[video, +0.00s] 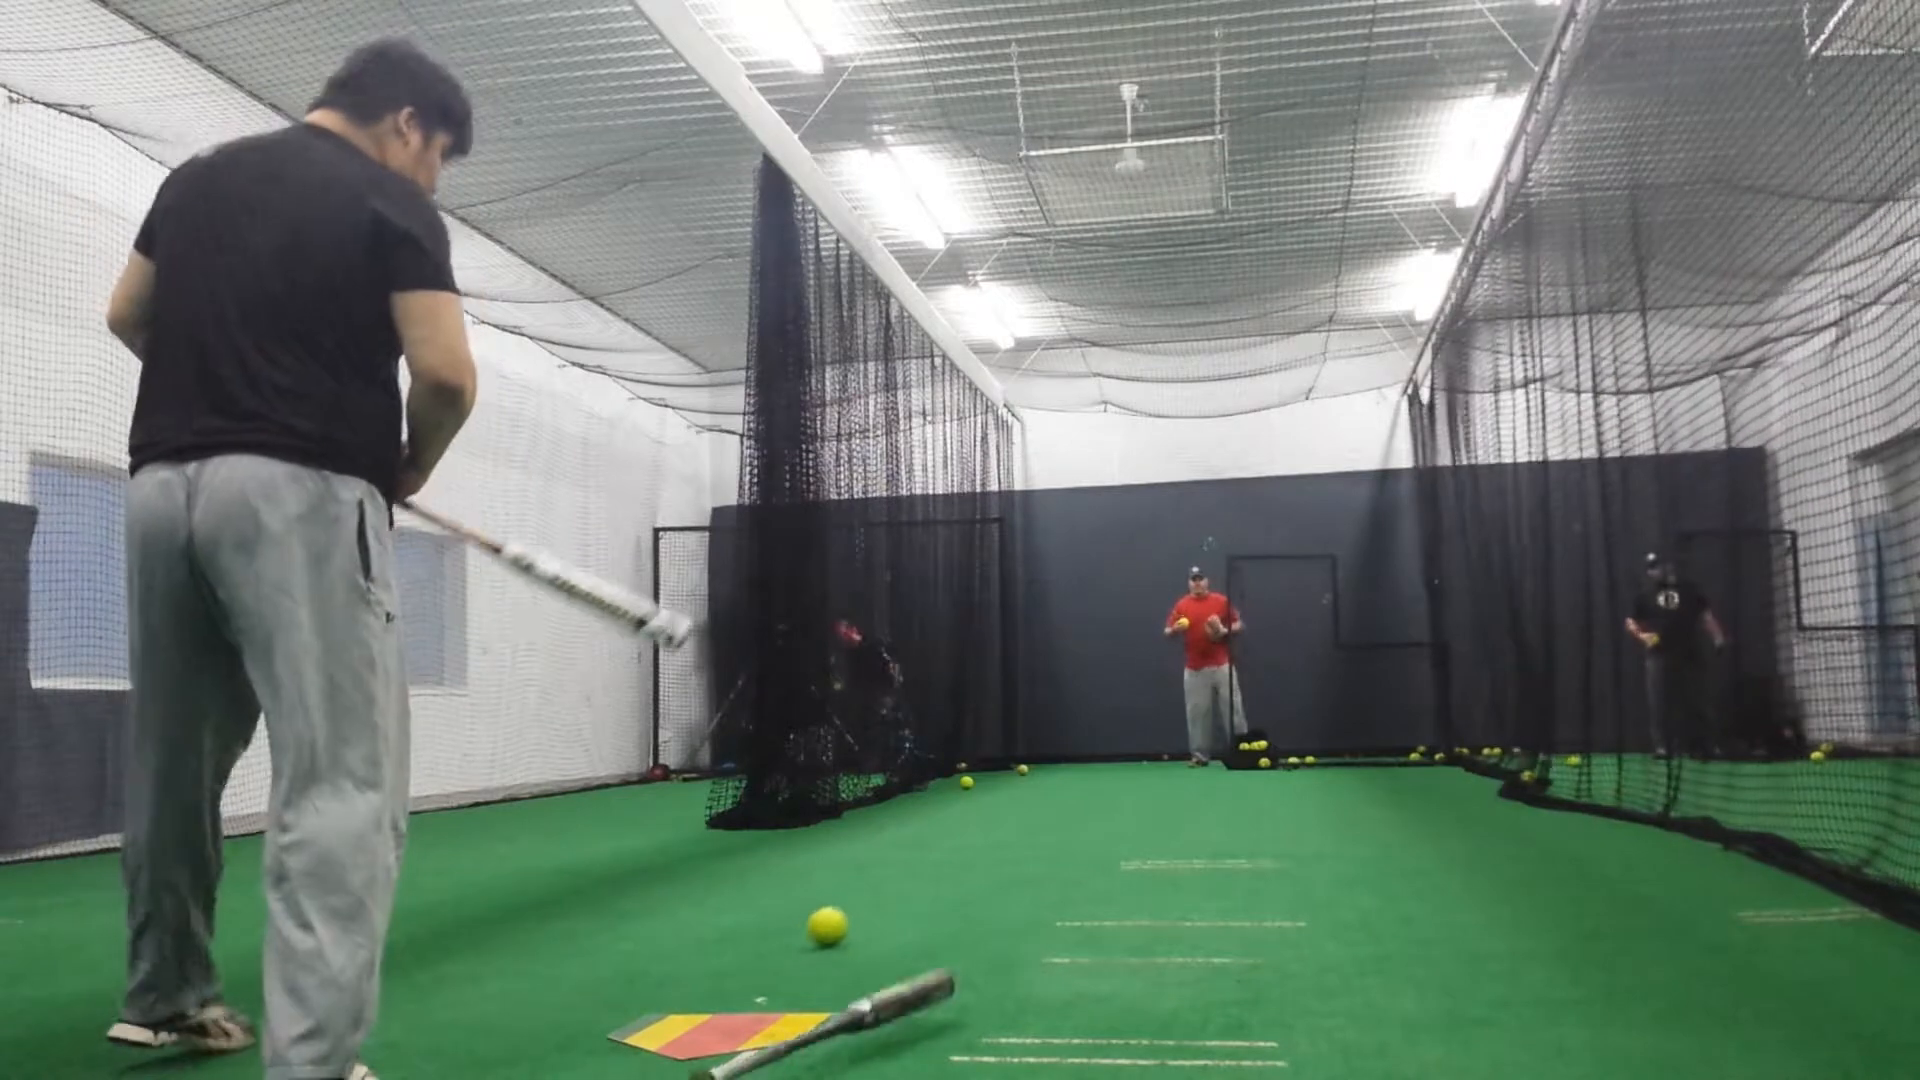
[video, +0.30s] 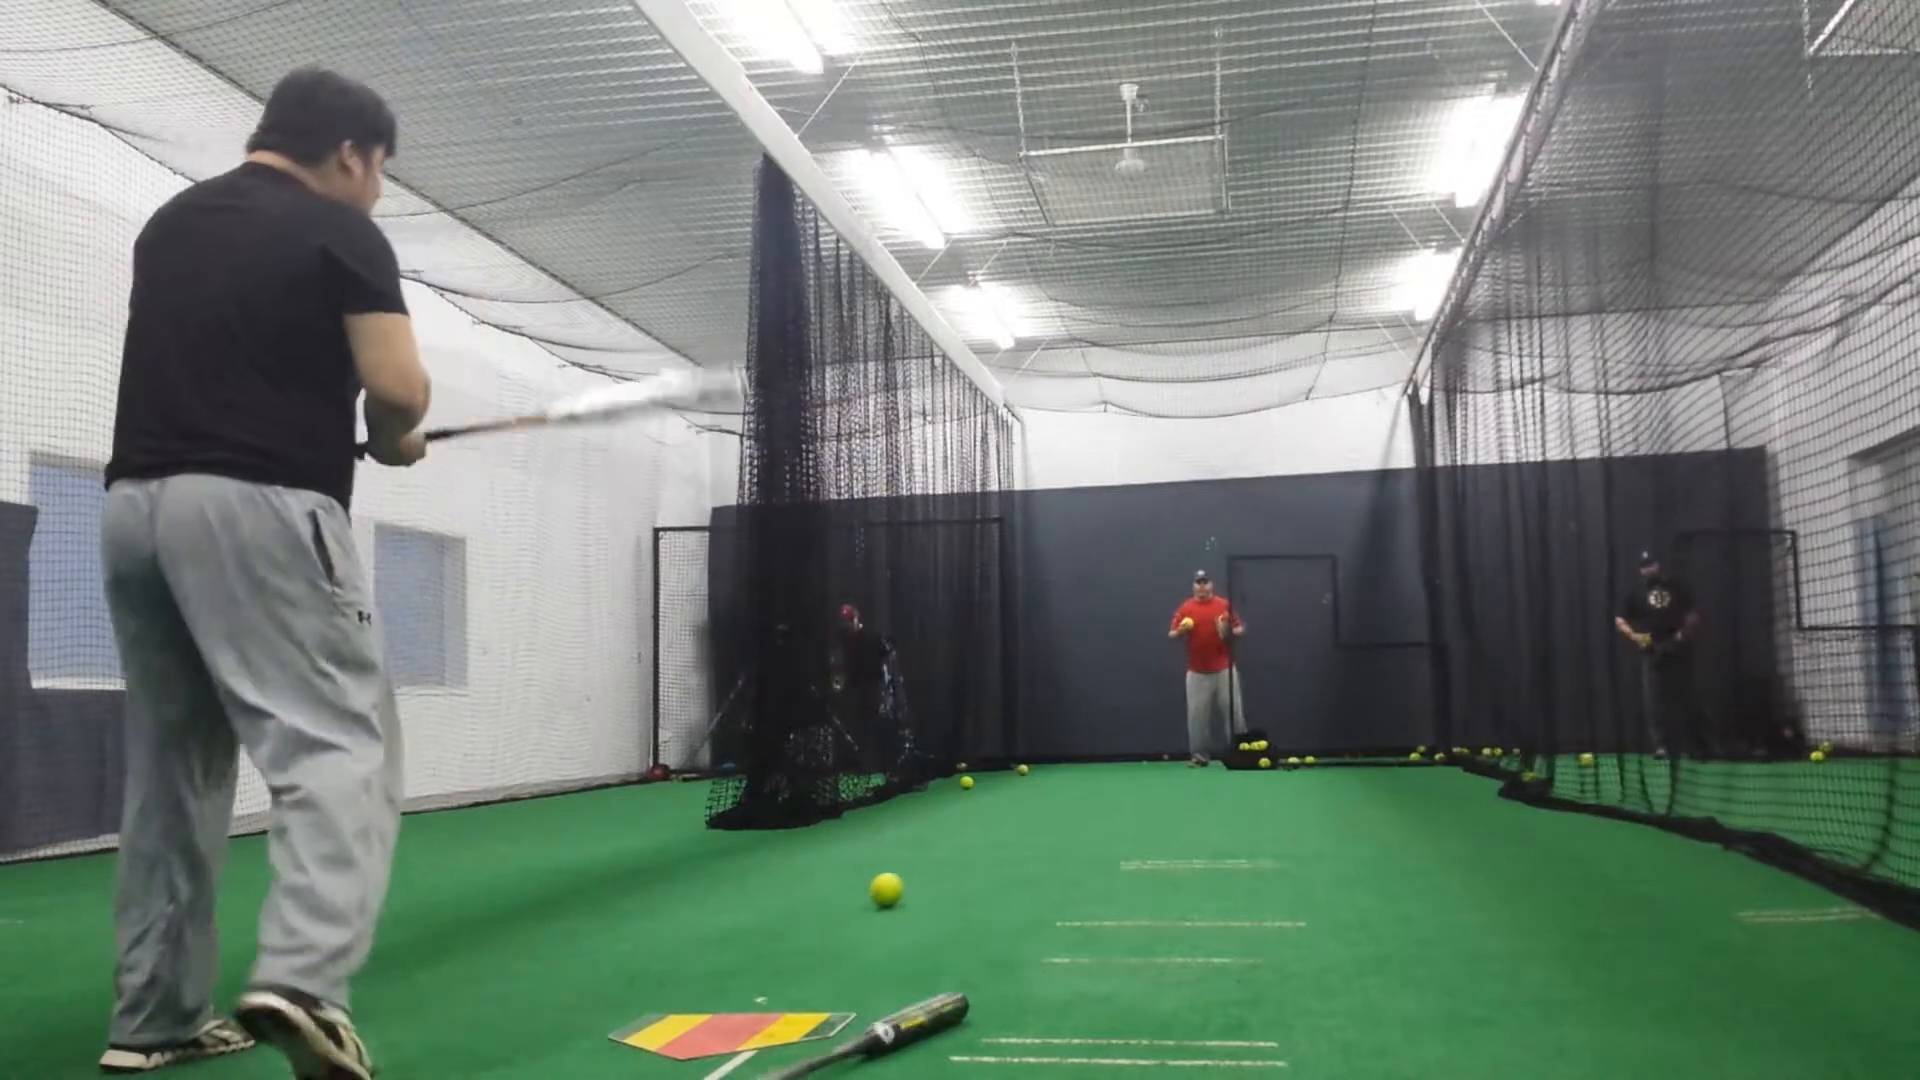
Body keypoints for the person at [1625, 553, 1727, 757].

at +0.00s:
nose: (1659, 573)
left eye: (1662, 567)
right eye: (1654, 569)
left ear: (1670, 568)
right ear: (1648, 573)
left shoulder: (1687, 590)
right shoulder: (1645, 596)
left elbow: (1706, 615)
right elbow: (1631, 622)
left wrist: (1717, 635)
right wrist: (1643, 636)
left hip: (1688, 650)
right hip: (1659, 654)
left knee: (1694, 697)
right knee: (1659, 700)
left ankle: (1700, 744)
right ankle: (1661, 744)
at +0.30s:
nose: (1648, 570)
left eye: (1651, 565)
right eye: (1644, 567)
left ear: (1659, 565)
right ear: (1639, 570)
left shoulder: (1675, 587)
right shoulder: (1635, 593)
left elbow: (1692, 614)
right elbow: (1620, 620)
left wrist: (1681, 634)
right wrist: (1635, 637)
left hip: (1675, 645)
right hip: (1651, 648)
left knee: (1681, 694)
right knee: (1653, 697)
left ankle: (1687, 742)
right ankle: (1659, 744)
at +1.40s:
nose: (1643, 571)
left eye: (1647, 566)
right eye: (1639, 567)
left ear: (1654, 567)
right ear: (1635, 570)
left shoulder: (1666, 588)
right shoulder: (1638, 590)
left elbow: (1676, 617)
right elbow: (1637, 616)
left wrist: (1669, 644)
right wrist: (1611, 618)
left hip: (1665, 650)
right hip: (1644, 650)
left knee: (1671, 696)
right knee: (1648, 696)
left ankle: (1677, 743)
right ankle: (1654, 742)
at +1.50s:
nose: (1646, 570)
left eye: (1650, 565)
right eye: (1643, 565)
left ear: (1658, 566)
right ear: (1638, 568)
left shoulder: (1670, 589)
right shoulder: (1639, 591)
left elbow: (1684, 614)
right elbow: (1631, 612)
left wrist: (1674, 640)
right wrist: (1620, 594)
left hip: (1668, 652)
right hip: (1646, 652)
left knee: (1674, 698)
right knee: (1651, 698)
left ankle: (1678, 742)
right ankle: (1656, 742)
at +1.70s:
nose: (1656, 570)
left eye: (1661, 565)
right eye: (1652, 565)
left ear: (1670, 565)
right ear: (1648, 567)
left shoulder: (1681, 585)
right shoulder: (1644, 588)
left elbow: (1694, 607)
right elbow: (1618, 585)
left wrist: (1689, 628)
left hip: (1676, 646)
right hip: (1650, 648)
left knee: (1678, 697)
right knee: (1652, 697)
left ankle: (1681, 743)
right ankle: (1657, 743)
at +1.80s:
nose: (1662, 570)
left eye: (1665, 565)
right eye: (1658, 566)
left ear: (1674, 566)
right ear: (1653, 567)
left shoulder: (1686, 586)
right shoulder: (1649, 582)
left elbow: (1701, 608)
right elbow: (1627, 562)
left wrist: (1696, 628)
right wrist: (1613, 538)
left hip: (1681, 644)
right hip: (1656, 645)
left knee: (1681, 695)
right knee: (1655, 694)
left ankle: (1681, 742)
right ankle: (1657, 743)